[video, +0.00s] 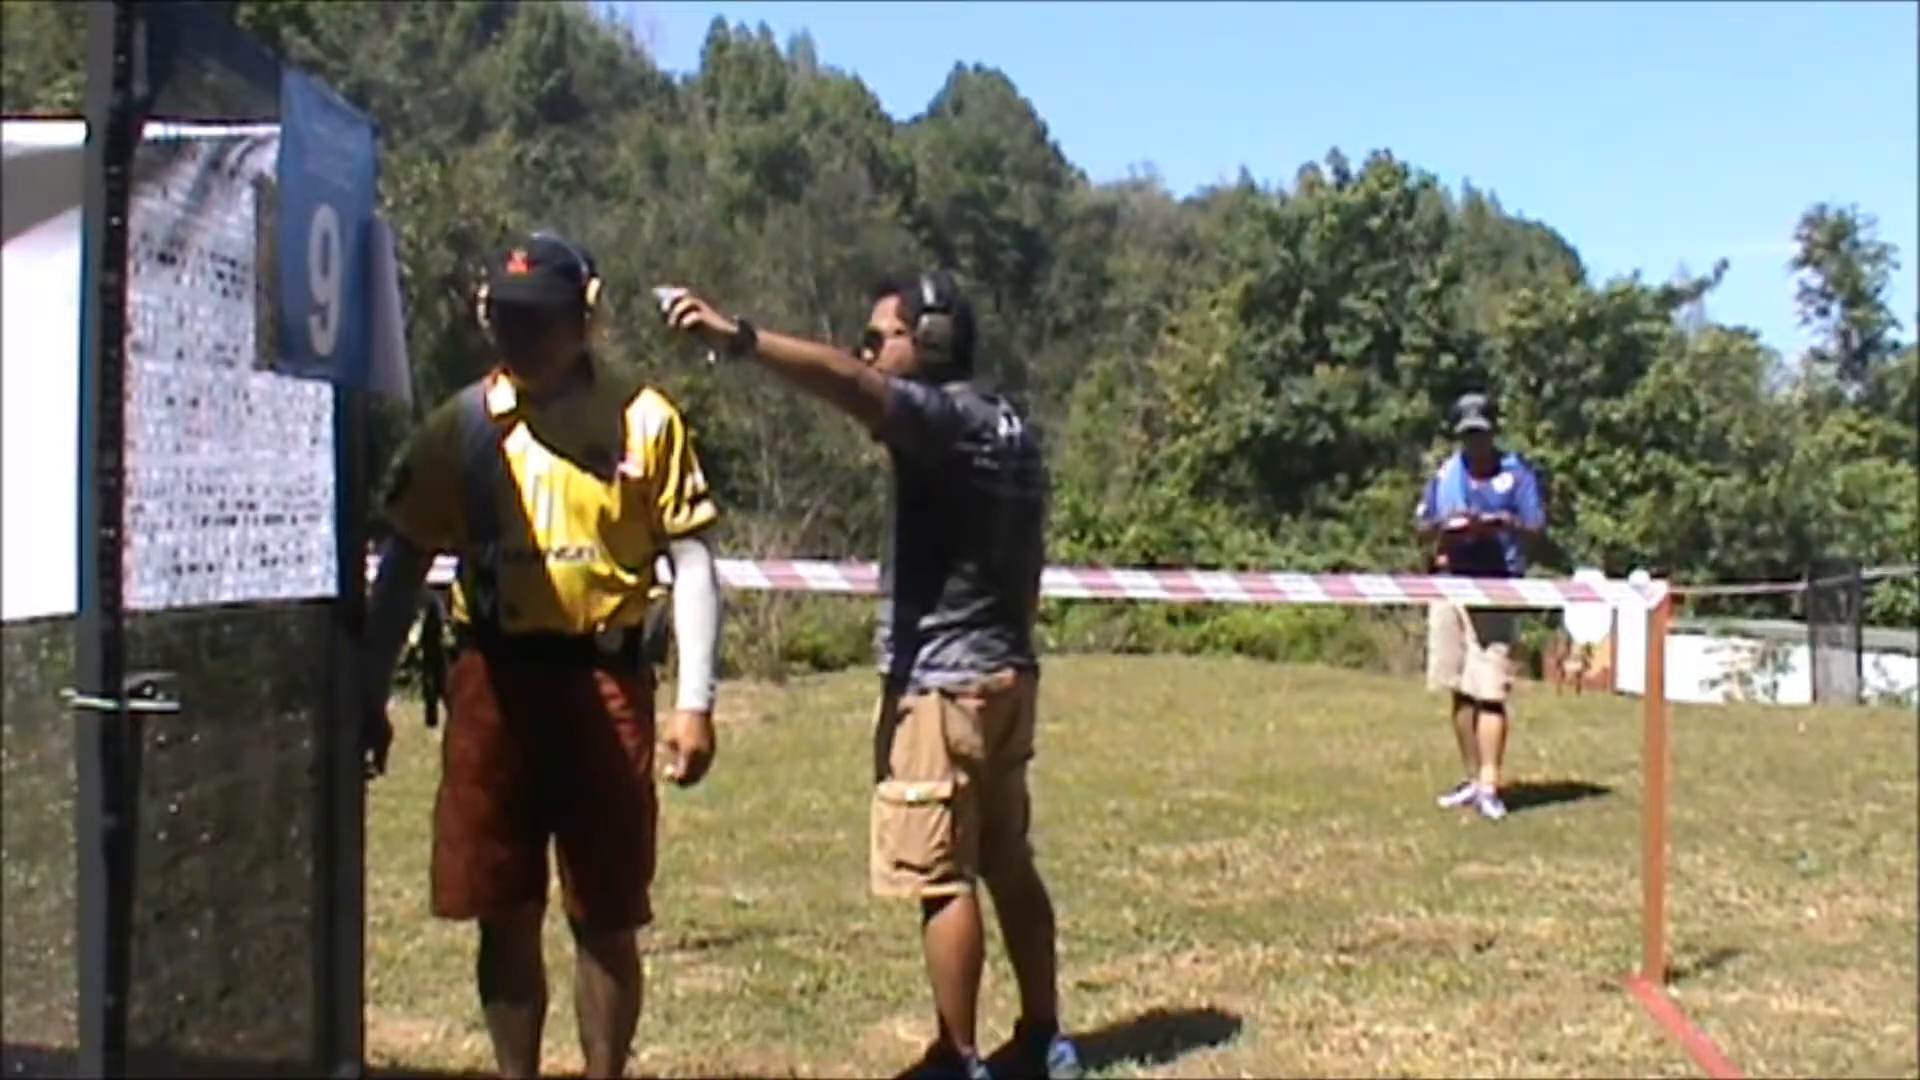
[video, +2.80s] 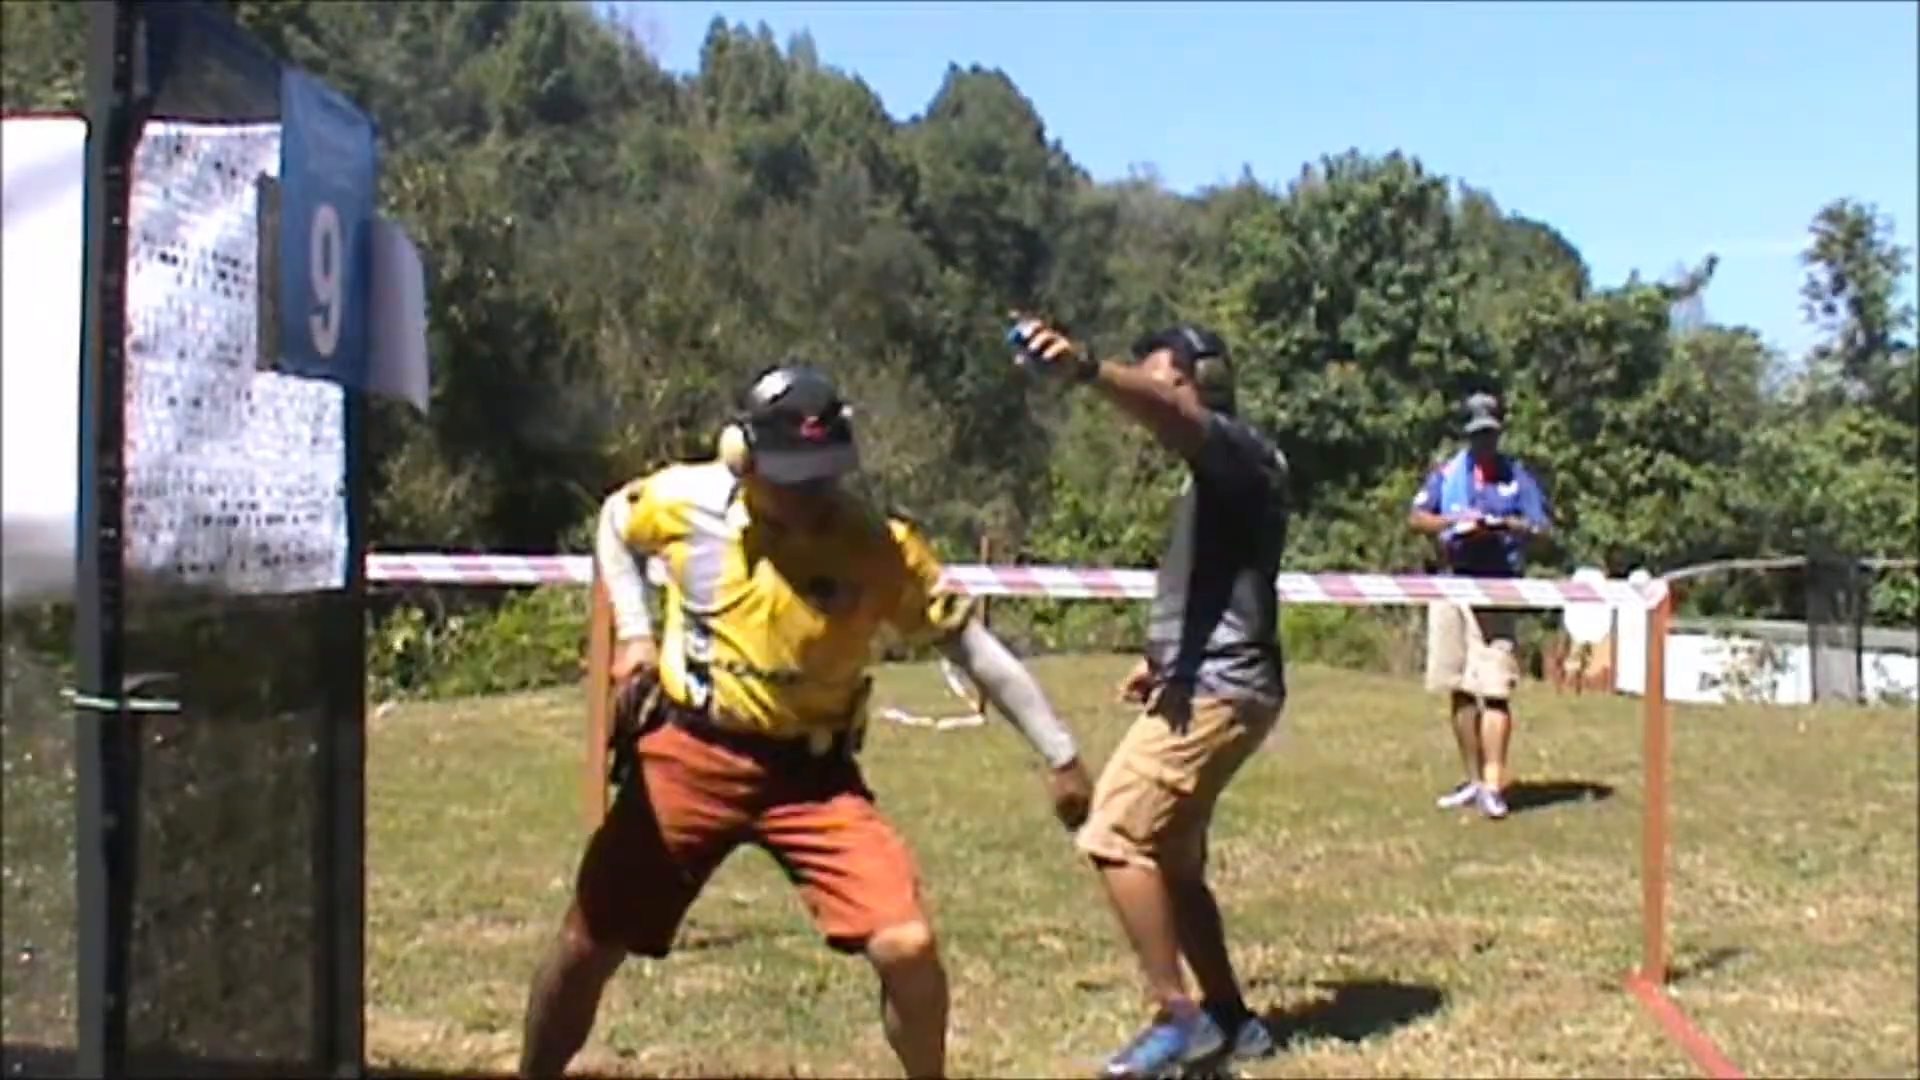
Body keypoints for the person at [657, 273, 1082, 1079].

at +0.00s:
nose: (869, 353)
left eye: (882, 339)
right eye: (870, 338)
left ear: (931, 343)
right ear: (952, 345)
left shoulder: (938, 414)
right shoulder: (1014, 425)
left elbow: (852, 382)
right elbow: (1021, 566)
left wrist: (738, 336)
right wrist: (1006, 648)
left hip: (944, 676)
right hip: (1008, 671)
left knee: (942, 877)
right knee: (1008, 861)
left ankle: (955, 1054)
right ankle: (1043, 1033)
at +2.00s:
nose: (867, 360)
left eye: (876, 344)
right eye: (864, 344)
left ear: (921, 340)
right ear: (947, 342)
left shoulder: (932, 410)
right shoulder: (1013, 418)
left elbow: (852, 382)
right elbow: (1040, 549)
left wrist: (732, 338)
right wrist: (1024, 641)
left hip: (955, 677)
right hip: (1015, 670)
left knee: (945, 876)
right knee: (1002, 868)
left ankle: (953, 1054)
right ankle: (1036, 1027)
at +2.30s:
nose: (903, 373)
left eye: (913, 357)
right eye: (902, 357)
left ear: (954, 355)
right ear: (985, 355)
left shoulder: (982, 419)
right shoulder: (1048, 425)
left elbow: (893, 388)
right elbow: (1069, 550)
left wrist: (784, 352)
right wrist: (1040, 634)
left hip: (996, 676)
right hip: (1046, 672)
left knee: (935, 864)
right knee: (1031, 845)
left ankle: (950, 1050)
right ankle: (1123, 1004)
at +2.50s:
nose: (982, 396)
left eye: (994, 384)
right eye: (981, 383)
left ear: (1036, 386)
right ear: (1062, 390)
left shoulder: (1056, 445)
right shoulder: (1113, 461)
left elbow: (977, 409)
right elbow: (1084, 586)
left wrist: (882, 365)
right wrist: (1006, 618)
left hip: (1050, 696)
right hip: (1099, 695)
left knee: (948, 868)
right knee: (1071, 856)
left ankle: (952, 1052)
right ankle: (1198, 990)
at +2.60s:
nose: (1051, 414)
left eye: (1062, 397)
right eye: (1047, 399)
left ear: (1101, 392)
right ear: (1121, 397)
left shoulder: (1130, 459)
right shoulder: (1168, 469)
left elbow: (1055, 425)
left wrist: (963, 379)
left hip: (1110, 700)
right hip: (1155, 702)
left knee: (1015, 867)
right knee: (1122, 876)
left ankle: (957, 1041)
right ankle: (1226, 1012)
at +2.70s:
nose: (1096, 410)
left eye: (1105, 397)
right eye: (1093, 398)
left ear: (1143, 395)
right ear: (1151, 398)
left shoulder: (1174, 459)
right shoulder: (1201, 469)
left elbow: (1104, 418)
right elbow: (1180, 607)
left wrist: (1018, 378)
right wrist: (1109, 670)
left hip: (1155, 700)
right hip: (1193, 701)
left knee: (1053, 860)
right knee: (1147, 878)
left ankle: (1008, 1035)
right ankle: (1226, 1014)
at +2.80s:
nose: (1145, 386)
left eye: (1152, 373)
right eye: (1144, 375)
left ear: (1189, 376)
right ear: (1198, 380)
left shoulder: (1239, 451)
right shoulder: (1231, 460)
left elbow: (1168, 409)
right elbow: (1223, 582)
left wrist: (1088, 368)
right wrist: (1165, 659)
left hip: (1218, 685)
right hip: (1216, 683)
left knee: (1114, 838)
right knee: (1173, 856)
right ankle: (1227, 1013)